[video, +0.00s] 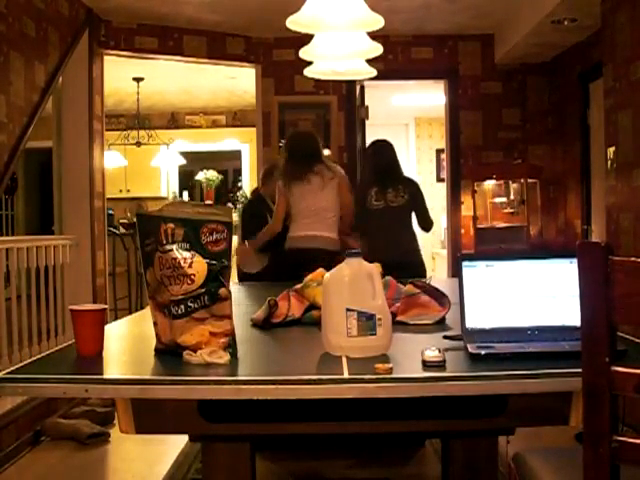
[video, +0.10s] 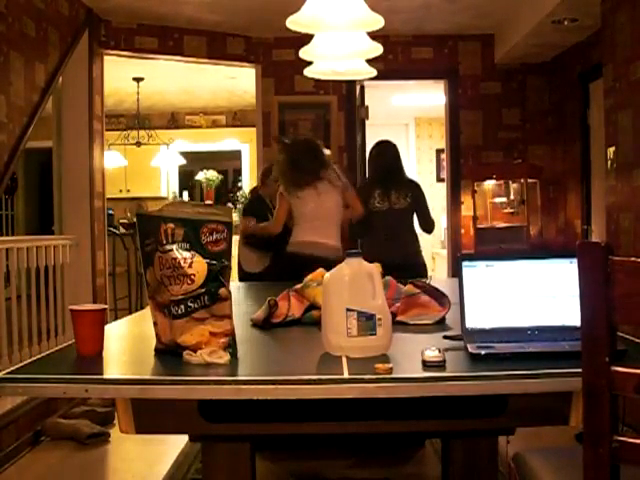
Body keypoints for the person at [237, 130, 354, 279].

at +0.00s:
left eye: (286, 149)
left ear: (289, 152)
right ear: (317, 148)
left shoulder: (286, 178)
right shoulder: (337, 173)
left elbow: (276, 225)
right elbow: (347, 212)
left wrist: (252, 245)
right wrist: (342, 234)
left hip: (296, 249)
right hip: (328, 251)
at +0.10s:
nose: (280, 164)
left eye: (283, 159)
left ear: (290, 162)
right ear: (319, 157)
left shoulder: (288, 185)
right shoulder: (336, 177)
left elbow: (275, 227)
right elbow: (358, 210)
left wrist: (252, 229)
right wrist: (335, 218)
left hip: (298, 256)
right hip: (332, 259)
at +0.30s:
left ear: (302, 168)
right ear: (326, 167)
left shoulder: (293, 192)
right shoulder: (338, 193)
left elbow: (280, 230)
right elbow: (344, 232)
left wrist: (295, 243)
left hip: (298, 259)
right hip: (330, 260)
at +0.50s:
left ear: (298, 161)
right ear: (322, 161)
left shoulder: (284, 185)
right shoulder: (332, 185)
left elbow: (269, 226)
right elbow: (342, 228)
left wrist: (279, 251)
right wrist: (321, 234)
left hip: (293, 258)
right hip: (327, 258)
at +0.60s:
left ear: (293, 164)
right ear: (316, 165)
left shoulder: (277, 189)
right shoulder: (327, 190)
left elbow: (263, 229)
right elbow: (336, 230)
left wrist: (270, 257)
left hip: (287, 261)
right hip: (322, 260)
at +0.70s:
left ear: (290, 161)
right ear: (314, 162)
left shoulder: (273, 185)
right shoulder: (323, 185)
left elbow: (261, 224)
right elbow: (329, 225)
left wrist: (267, 258)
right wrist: (336, 252)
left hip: (284, 257)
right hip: (318, 256)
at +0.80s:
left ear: (289, 159)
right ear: (313, 158)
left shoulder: (274, 183)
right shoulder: (323, 182)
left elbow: (258, 216)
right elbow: (329, 220)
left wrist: (264, 254)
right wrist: (336, 250)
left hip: (285, 253)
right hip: (319, 251)